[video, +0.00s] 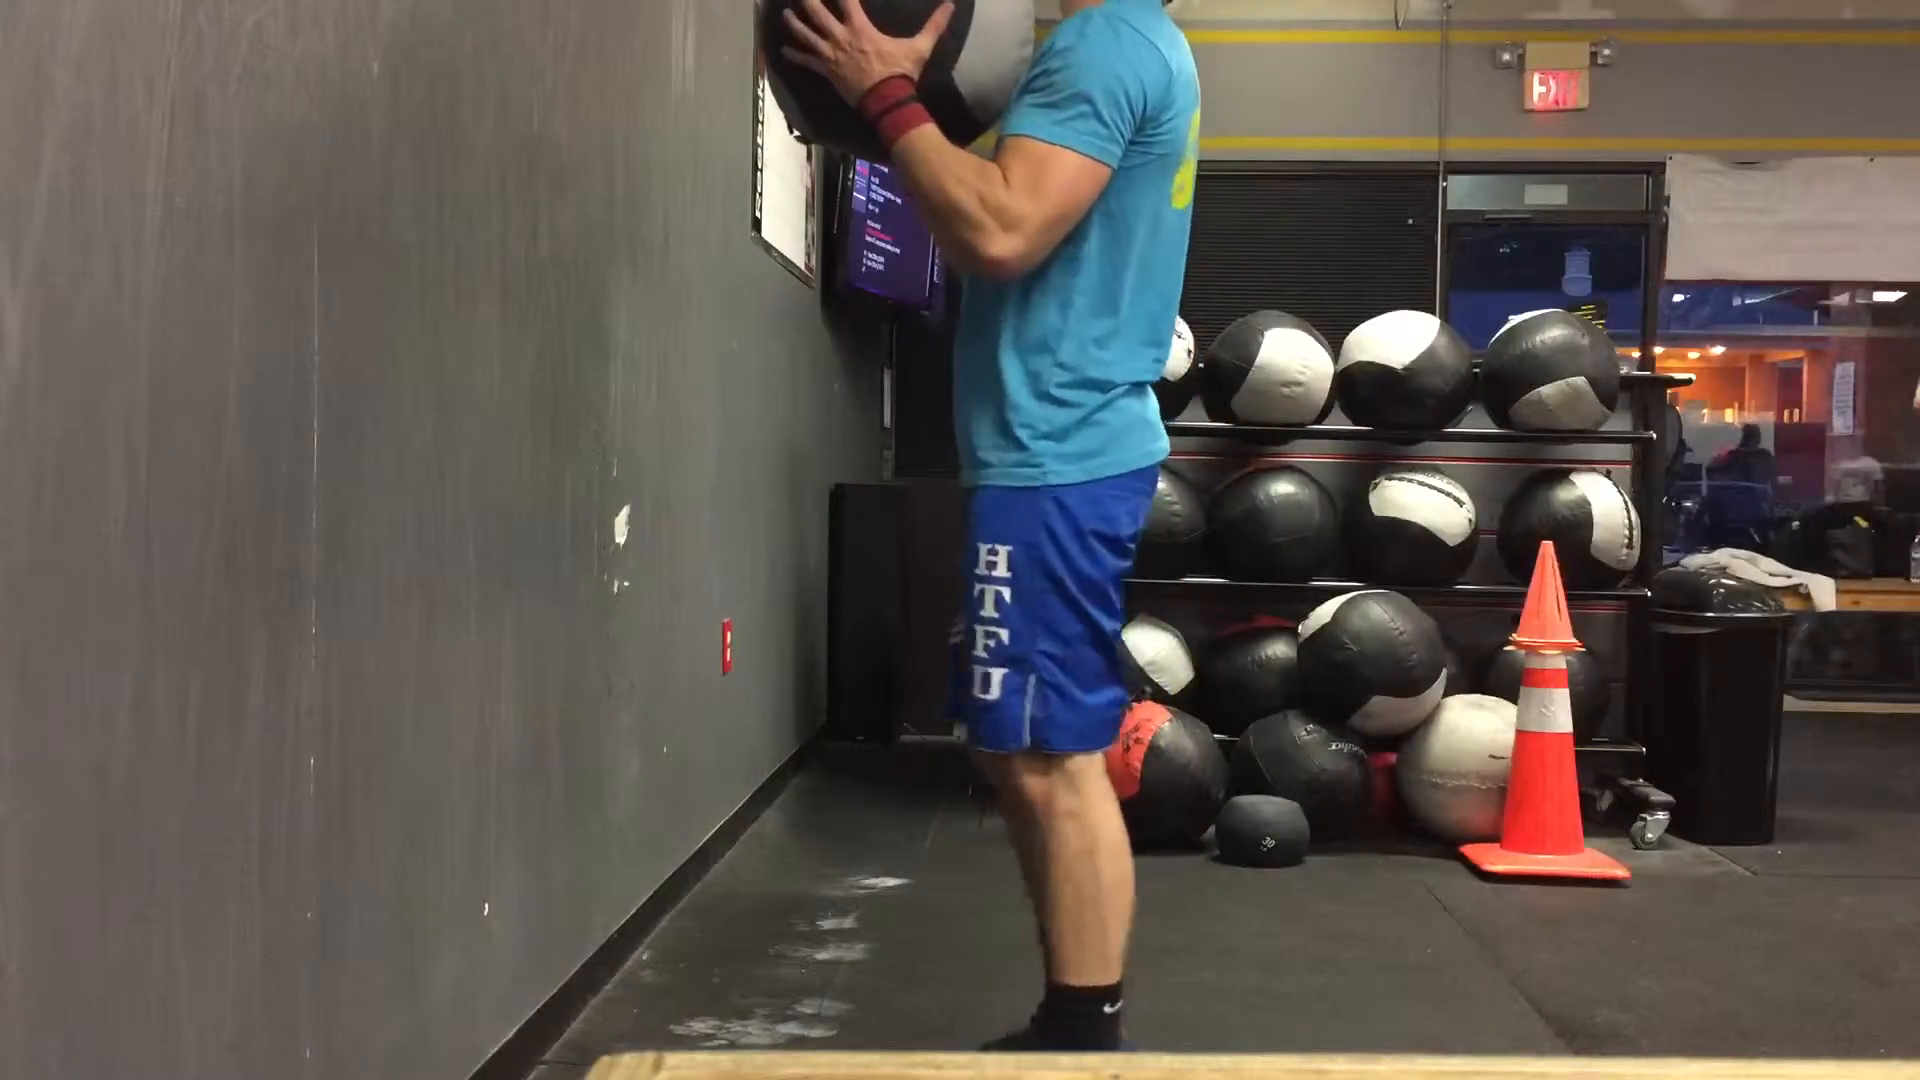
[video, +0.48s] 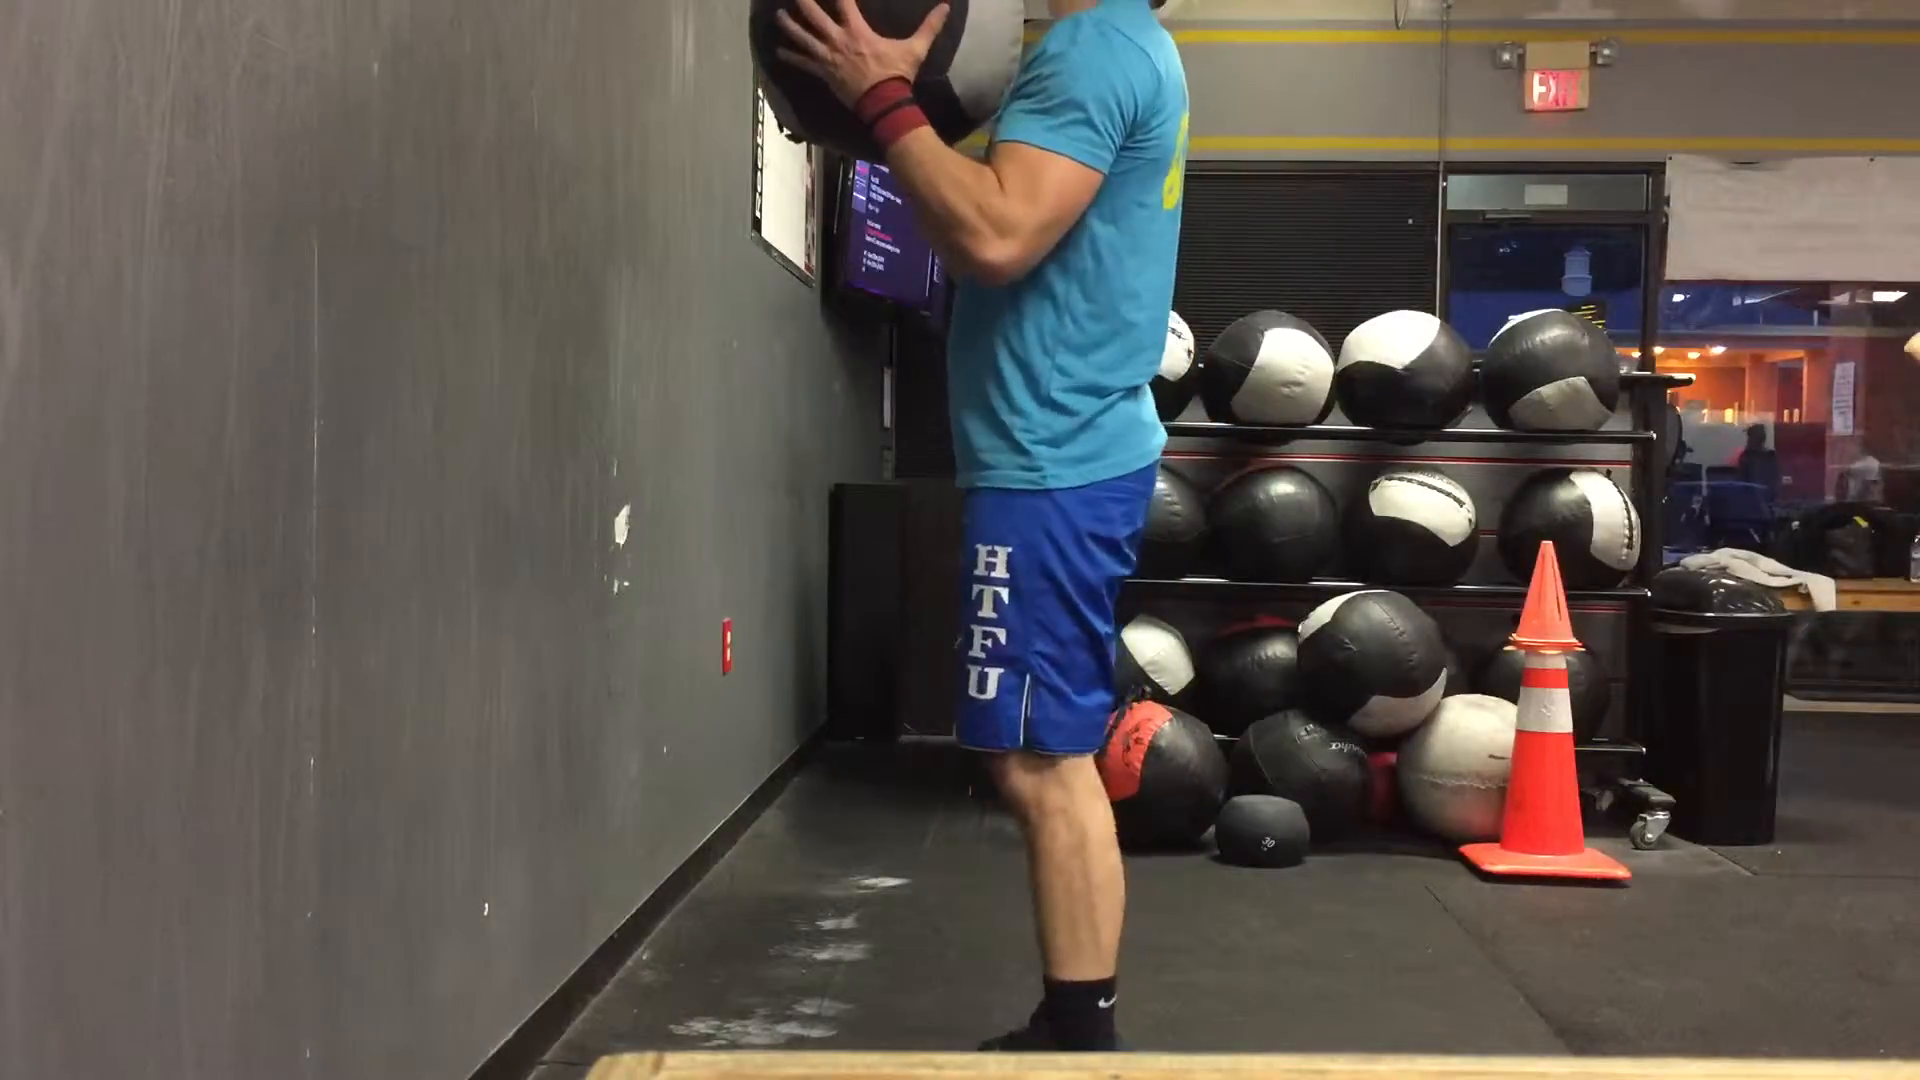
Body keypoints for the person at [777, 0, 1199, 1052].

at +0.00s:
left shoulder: (1115, 46)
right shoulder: (1095, 44)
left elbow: (1001, 233)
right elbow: (995, 217)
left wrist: (888, 96)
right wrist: (903, 103)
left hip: (1063, 459)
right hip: (1041, 456)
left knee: (1052, 760)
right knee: (1029, 757)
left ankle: (1084, 1036)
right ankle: (1075, 1024)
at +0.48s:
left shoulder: (1100, 53)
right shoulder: (1095, 46)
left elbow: (997, 236)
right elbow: (994, 216)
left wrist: (885, 100)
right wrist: (895, 108)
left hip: (1053, 467)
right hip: (1057, 459)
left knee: (1041, 764)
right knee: (1050, 761)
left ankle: (1077, 1031)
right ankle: (1081, 1025)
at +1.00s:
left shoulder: (1093, 55)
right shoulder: (1075, 51)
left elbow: (985, 221)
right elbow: (945, 240)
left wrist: (876, 82)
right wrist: (885, 96)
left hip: (1031, 466)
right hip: (1023, 463)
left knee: (1032, 765)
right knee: (1038, 763)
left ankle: (1075, 1029)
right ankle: (1075, 1024)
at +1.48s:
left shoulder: (1073, 46)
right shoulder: (1095, 43)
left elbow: (942, 212)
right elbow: (953, 193)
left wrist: (859, 63)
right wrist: (876, 68)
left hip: (1022, 463)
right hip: (1034, 455)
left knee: (1035, 767)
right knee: (1041, 764)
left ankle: (1076, 1027)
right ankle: (1074, 1020)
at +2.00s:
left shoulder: (1087, 40)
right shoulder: (1097, 37)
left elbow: (961, 209)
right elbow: (965, 189)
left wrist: (868, 67)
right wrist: (883, 69)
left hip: (1044, 463)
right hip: (1042, 457)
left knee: (1050, 765)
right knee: (1052, 763)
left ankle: (1080, 1031)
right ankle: (1080, 1023)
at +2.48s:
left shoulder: (1070, 25)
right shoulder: (1046, 48)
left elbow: (926, 184)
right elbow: (989, 285)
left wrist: (811, 64)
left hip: (1115, 454)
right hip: (1092, 452)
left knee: (1018, 758)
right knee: (1030, 755)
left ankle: (1071, 1030)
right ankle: (1071, 1024)